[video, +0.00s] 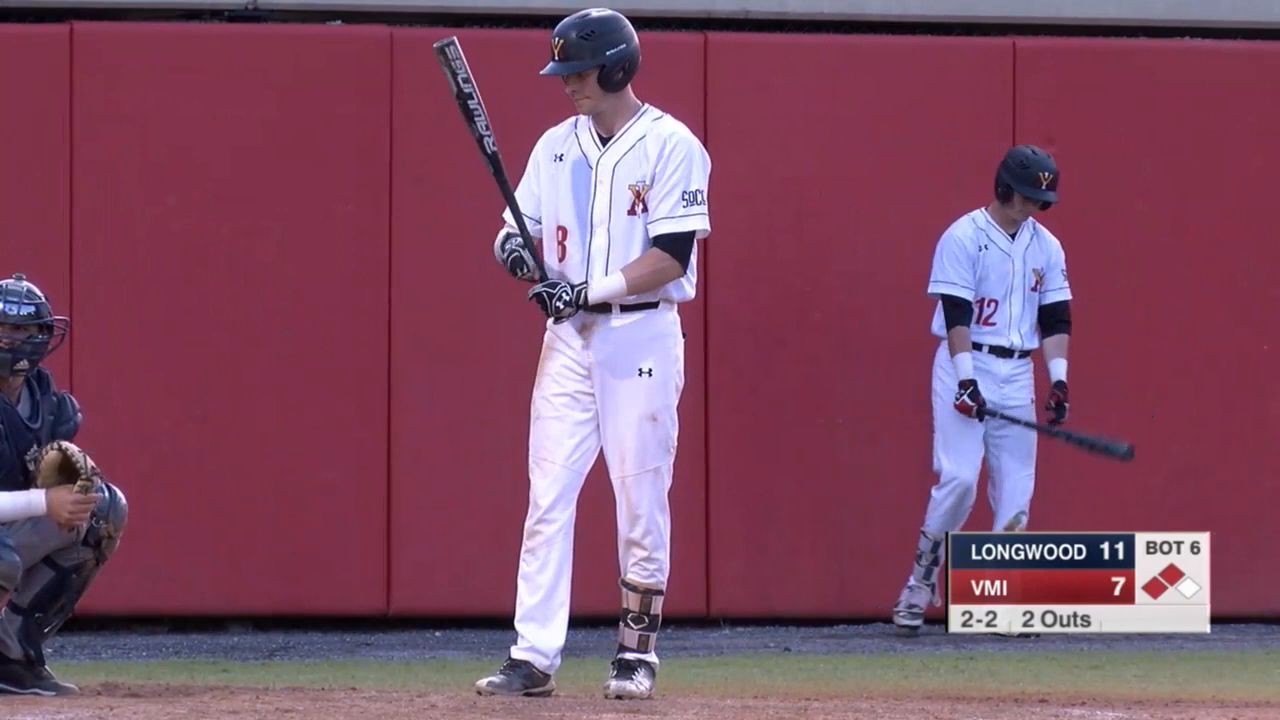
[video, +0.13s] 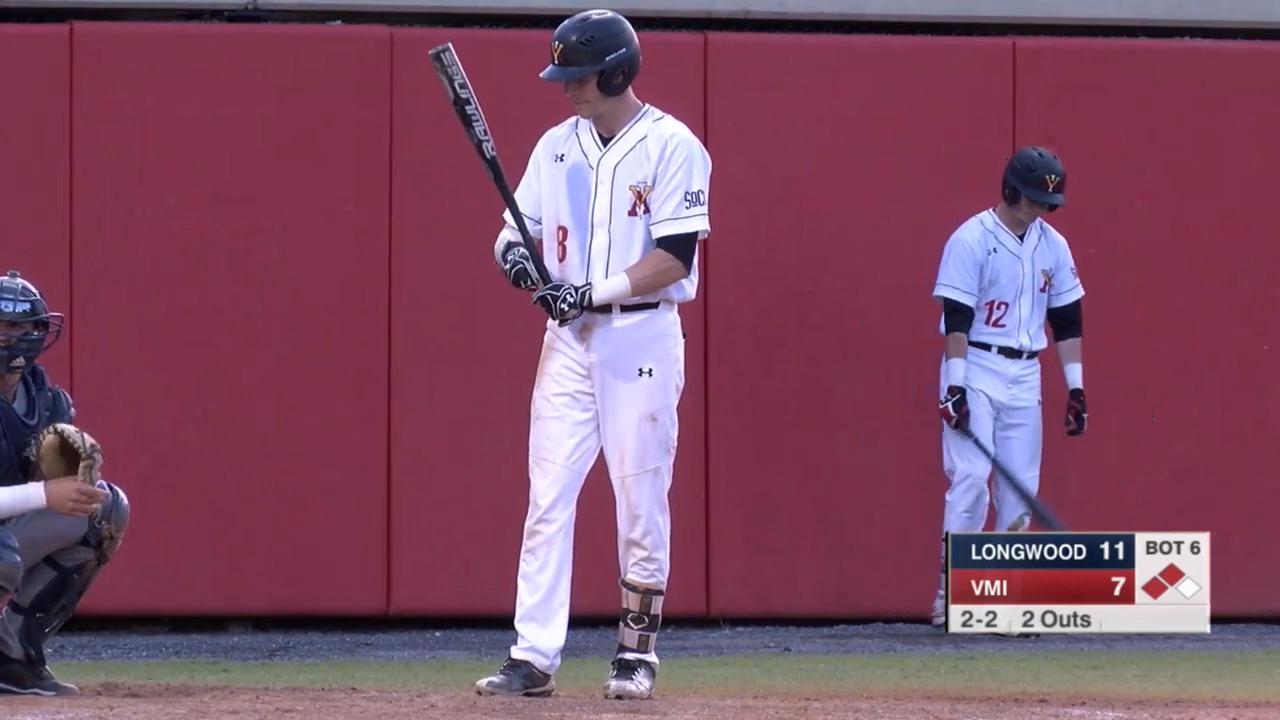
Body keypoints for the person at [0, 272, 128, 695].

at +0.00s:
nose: (15, 340)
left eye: (24, 330)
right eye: (7, 329)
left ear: (42, 337)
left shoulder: (50, 406)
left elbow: (48, 483)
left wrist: (71, 488)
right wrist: (43, 503)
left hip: (18, 529)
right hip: (4, 531)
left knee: (105, 506)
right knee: (7, 565)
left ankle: (17, 650)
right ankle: (9, 652)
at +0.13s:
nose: (16, 338)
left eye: (25, 328)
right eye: (8, 326)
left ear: (40, 334)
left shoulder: (50, 401)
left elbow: (52, 482)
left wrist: (75, 477)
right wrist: (43, 495)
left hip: (21, 523)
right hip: (6, 526)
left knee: (108, 505)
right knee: (9, 565)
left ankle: (18, 649)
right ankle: (11, 652)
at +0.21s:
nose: (14, 335)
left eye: (23, 325)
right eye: (6, 325)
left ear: (37, 332)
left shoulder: (47, 399)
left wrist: (88, 486)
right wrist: (41, 494)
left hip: (24, 523)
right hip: (5, 526)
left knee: (110, 505)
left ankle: (21, 650)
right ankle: (9, 650)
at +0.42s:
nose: (38, 340)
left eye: (43, 331)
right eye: (26, 329)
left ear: (49, 337)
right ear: (2, 331)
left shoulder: (35, 392)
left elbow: (77, 440)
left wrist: (107, 453)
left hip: (8, 517)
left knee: (99, 506)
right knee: (57, 515)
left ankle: (15, 650)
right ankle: (7, 647)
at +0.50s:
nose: (40, 349)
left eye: (47, 341)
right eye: (28, 337)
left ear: (54, 344)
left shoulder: (35, 401)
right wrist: (26, 501)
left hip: (9, 521)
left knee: (98, 510)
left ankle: (15, 651)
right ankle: (8, 651)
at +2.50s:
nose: (53, 342)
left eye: (55, 333)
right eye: (42, 331)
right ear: (5, 334)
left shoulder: (40, 407)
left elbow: (98, 461)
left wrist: (128, 482)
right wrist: (29, 505)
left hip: (10, 521)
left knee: (95, 512)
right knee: (8, 548)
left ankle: (15, 651)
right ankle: (7, 655)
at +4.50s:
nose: (38, 329)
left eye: (41, 320)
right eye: (23, 320)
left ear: (47, 326)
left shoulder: (37, 406)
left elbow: (97, 462)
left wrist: (126, 484)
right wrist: (26, 505)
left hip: (9, 521)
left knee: (96, 511)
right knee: (11, 545)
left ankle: (16, 652)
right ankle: (9, 653)